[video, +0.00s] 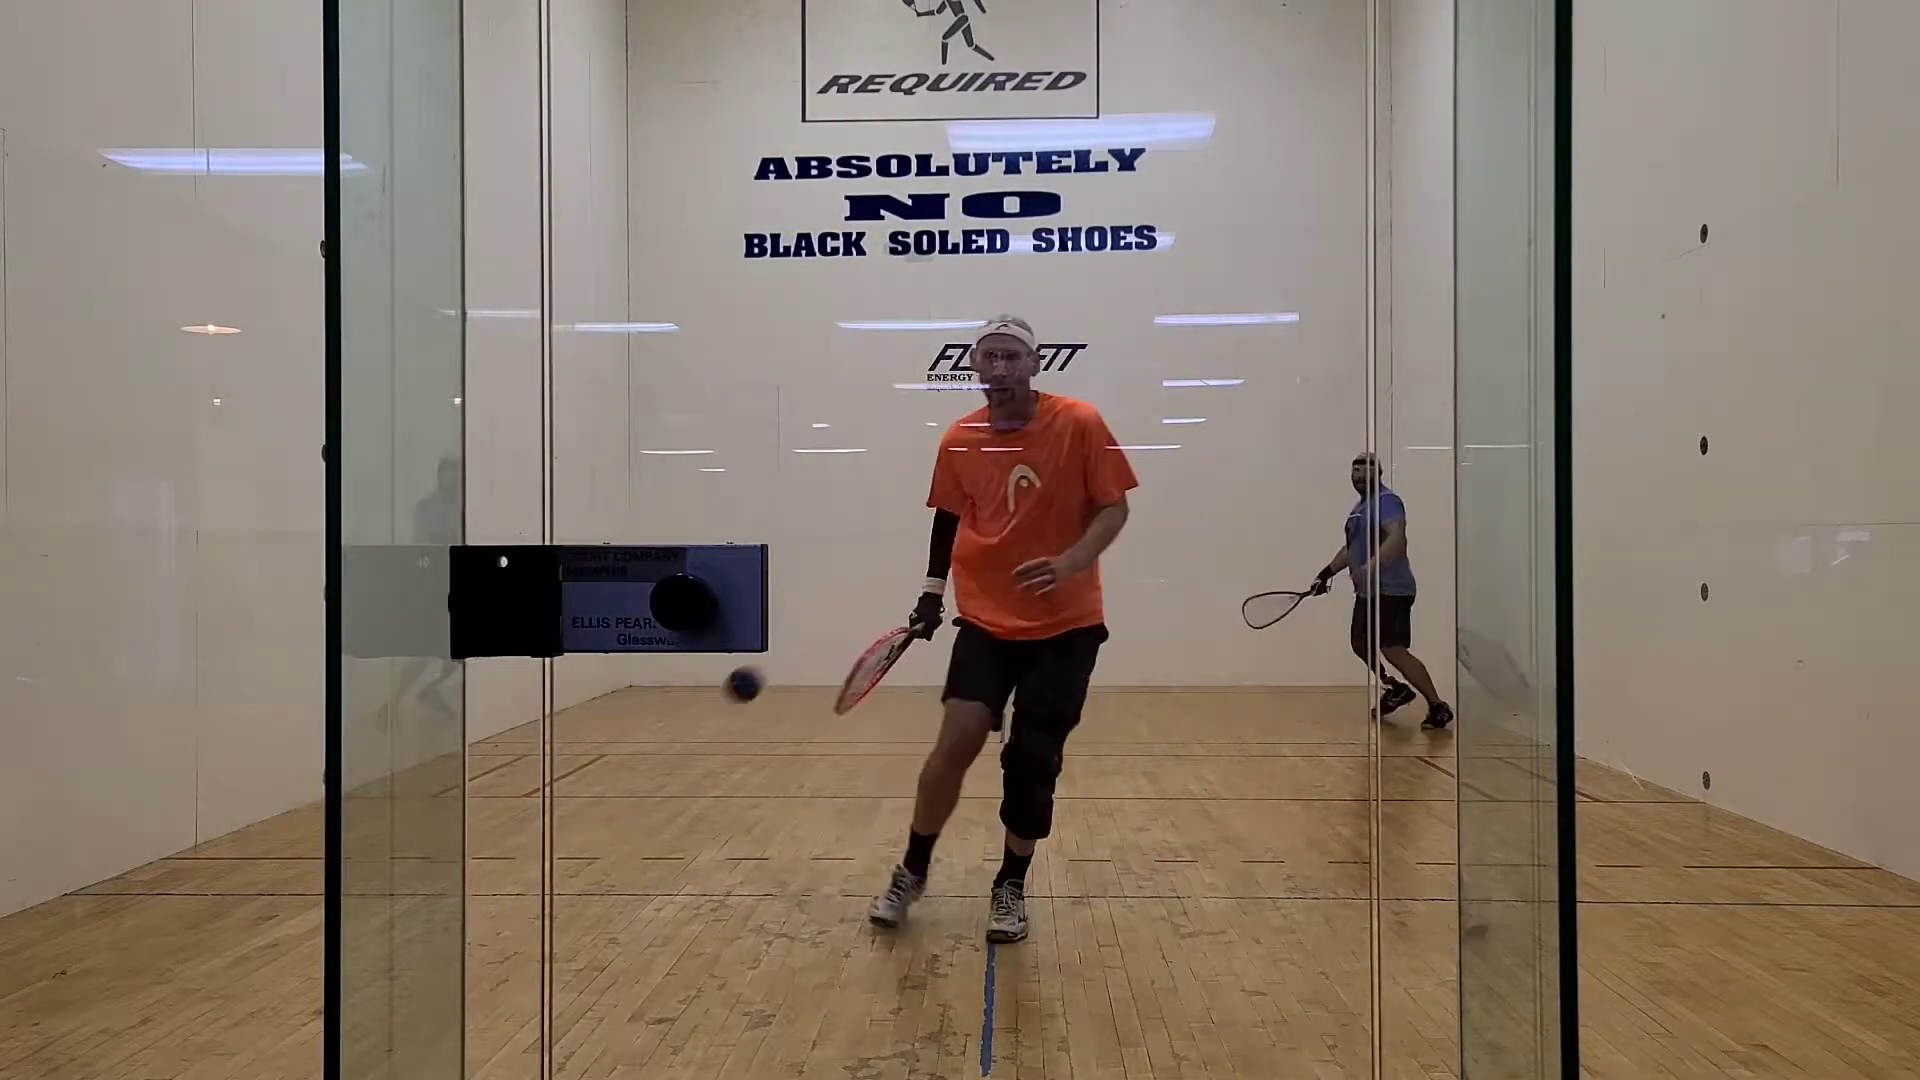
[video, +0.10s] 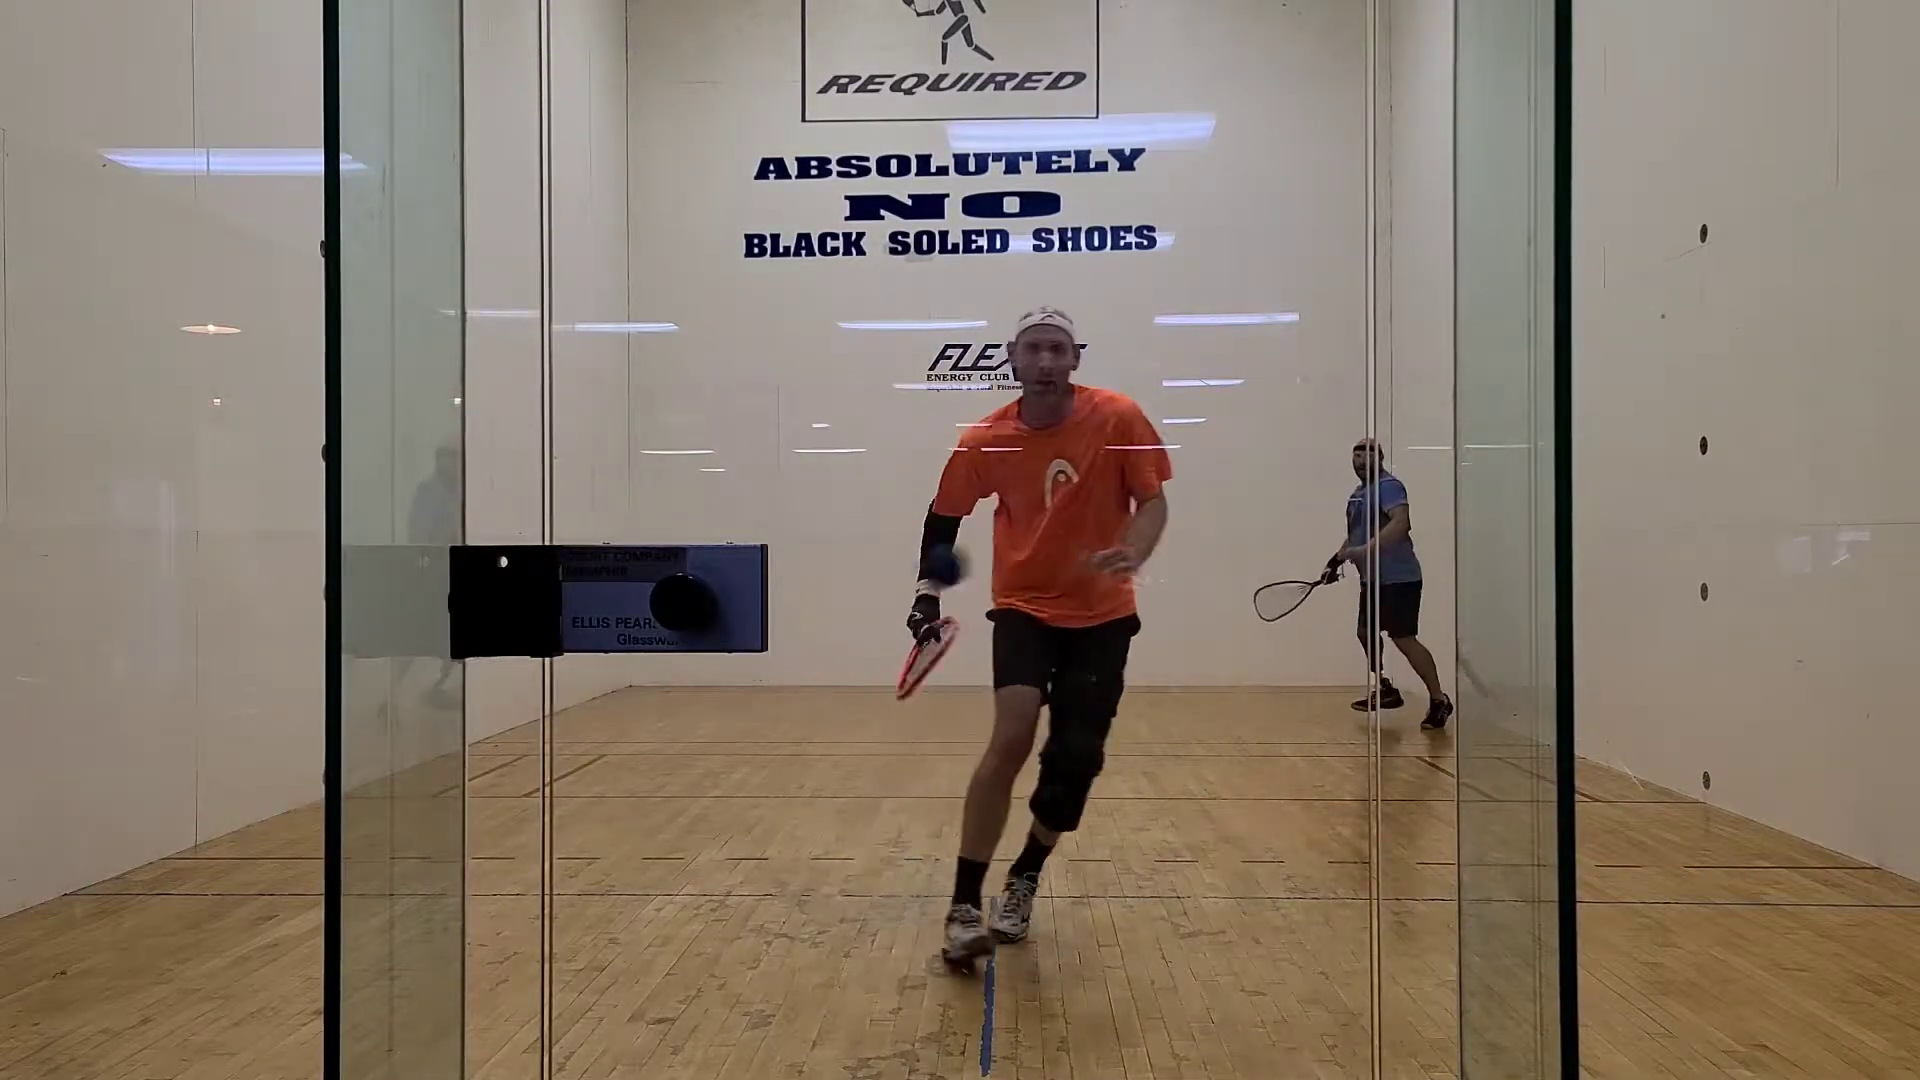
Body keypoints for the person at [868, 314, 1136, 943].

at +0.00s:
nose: (1000, 369)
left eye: (1013, 356)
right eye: (989, 358)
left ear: (1037, 365)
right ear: (976, 368)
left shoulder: (1078, 425)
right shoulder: (960, 443)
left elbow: (1114, 510)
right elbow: (946, 522)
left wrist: (1070, 561)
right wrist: (932, 594)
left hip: (1065, 625)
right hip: (986, 621)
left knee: (1033, 759)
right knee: (958, 738)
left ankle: (1011, 885)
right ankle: (911, 870)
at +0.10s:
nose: (1046, 360)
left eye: (1058, 350)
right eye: (1034, 349)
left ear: (1077, 361)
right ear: (1013, 361)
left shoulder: (1117, 419)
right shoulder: (985, 442)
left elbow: (1153, 502)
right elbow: (943, 522)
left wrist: (1135, 548)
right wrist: (930, 593)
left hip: (1103, 613)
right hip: (1025, 609)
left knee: (1075, 762)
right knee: (1013, 736)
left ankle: (1025, 877)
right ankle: (966, 903)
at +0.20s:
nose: (1109, 366)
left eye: (1121, 356)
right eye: (1097, 355)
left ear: (1137, 369)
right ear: (1072, 367)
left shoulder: (1167, 437)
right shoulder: (1031, 452)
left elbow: (1205, 518)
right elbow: (949, 506)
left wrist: (1240, 568)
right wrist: (933, 575)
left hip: (1133, 624)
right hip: (1052, 626)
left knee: (1174, 751)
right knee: (1051, 759)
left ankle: (1118, 880)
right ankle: (974, 927)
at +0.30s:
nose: (1190, 360)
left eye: (1202, 350)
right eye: (1177, 347)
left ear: (1217, 363)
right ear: (1151, 356)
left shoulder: (1224, 432)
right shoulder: (1101, 427)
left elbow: (1249, 491)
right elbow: (1024, 466)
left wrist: (1317, 527)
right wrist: (1001, 481)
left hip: (1171, 626)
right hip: (1092, 633)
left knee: (1277, 730)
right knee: (1083, 785)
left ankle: (1269, 915)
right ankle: (980, 924)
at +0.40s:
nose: (1283, 350)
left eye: (1292, 339)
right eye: (1270, 336)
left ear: (1300, 348)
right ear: (1235, 343)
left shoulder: (1291, 416)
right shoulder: (1184, 408)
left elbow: (1290, 479)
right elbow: (1092, 445)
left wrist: (1358, 507)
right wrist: (1079, 429)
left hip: (1234, 625)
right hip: (1162, 628)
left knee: (1341, 743)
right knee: (1191, 790)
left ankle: (1359, 941)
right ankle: (1036, 891)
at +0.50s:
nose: (1377, 357)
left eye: (1381, 346)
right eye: (1364, 342)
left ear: (1378, 358)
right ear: (1319, 348)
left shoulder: (1356, 426)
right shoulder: (1265, 410)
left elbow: (1355, 490)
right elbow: (1159, 438)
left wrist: (1422, 522)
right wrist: (1181, 387)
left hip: (1292, 630)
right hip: (1235, 631)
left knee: (1401, 759)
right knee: (1353, 760)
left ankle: (1365, 939)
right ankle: (1210, 910)